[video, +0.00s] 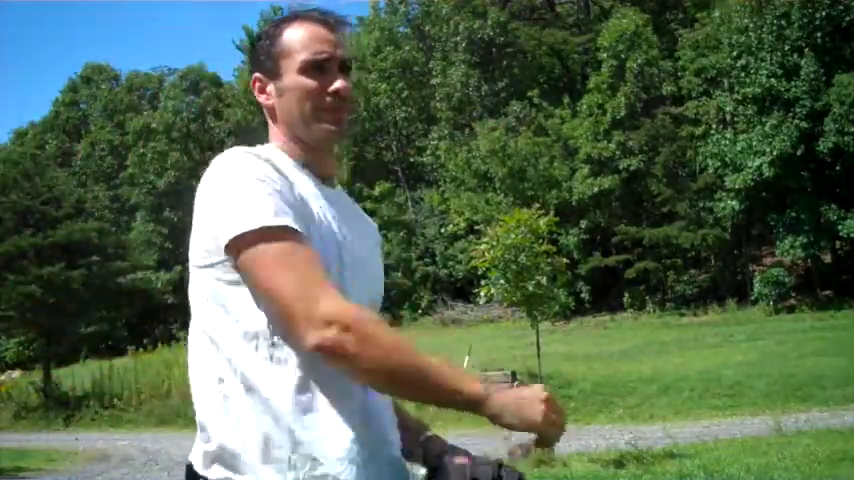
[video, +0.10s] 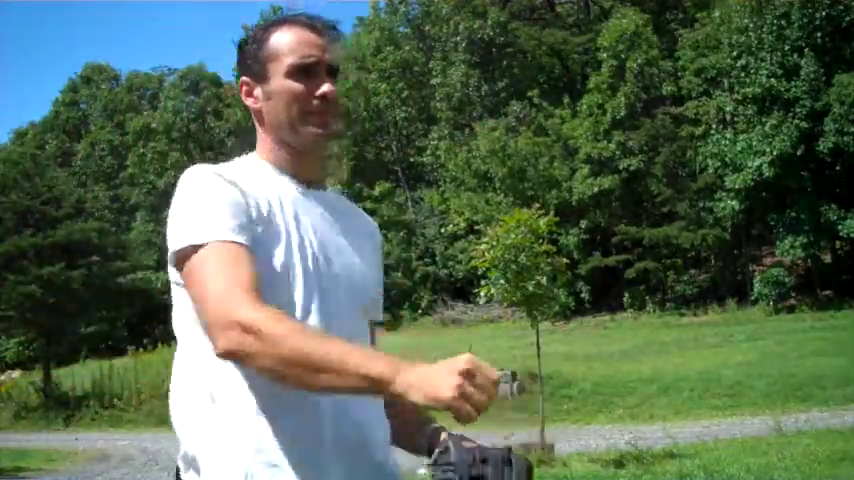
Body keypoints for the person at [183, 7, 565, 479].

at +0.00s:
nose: (341, 85)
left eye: (345, 69)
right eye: (317, 69)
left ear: (353, 80)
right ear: (265, 91)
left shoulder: (361, 224)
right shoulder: (242, 177)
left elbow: (354, 383)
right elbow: (325, 329)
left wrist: (436, 453)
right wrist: (491, 399)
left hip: (366, 466)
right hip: (264, 465)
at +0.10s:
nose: (328, 89)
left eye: (333, 75)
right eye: (306, 73)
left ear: (340, 86)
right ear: (253, 94)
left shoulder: (362, 228)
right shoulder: (212, 190)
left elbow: (363, 382)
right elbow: (236, 329)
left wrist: (440, 444)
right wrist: (403, 376)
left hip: (364, 472)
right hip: (252, 469)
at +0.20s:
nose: (316, 90)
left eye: (321, 77)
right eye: (293, 74)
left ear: (327, 89)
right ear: (240, 94)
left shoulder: (359, 228)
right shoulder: (190, 196)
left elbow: (370, 369)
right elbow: (142, 326)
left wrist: (446, 425)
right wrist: (279, 358)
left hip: (345, 471)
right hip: (219, 470)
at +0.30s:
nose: (303, 91)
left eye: (309, 77)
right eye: (279, 75)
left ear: (318, 88)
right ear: (228, 94)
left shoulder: (351, 226)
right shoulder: (171, 203)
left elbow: (370, 361)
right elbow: (77, 334)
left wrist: (432, 391)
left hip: (328, 467)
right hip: (198, 469)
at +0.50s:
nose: (277, 98)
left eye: (282, 82)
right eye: (255, 82)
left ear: (290, 93)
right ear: (201, 98)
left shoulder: (337, 218)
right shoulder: (142, 213)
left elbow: (405, 372)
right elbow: (44, 352)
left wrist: (379, 334)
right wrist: (182, 316)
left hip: (301, 466)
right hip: (171, 467)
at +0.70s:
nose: (245, 105)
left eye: (252, 90)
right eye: (223, 89)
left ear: (262, 100)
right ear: (173, 107)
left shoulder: (319, 214)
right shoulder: (127, 217)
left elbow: (410, 349)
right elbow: (37, 346)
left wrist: (306, 306)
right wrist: (156, 298)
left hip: (284, 468)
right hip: (157, 468)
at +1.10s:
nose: (229, 110)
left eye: (236, 95)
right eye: (207, 94)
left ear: (245, 107)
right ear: (156, 113)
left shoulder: (303, 222)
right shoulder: (113, 226)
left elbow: (352, 377)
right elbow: (39, 377)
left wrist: (287, 312)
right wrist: (173, 332)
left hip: (272, 468)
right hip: (146, 470)